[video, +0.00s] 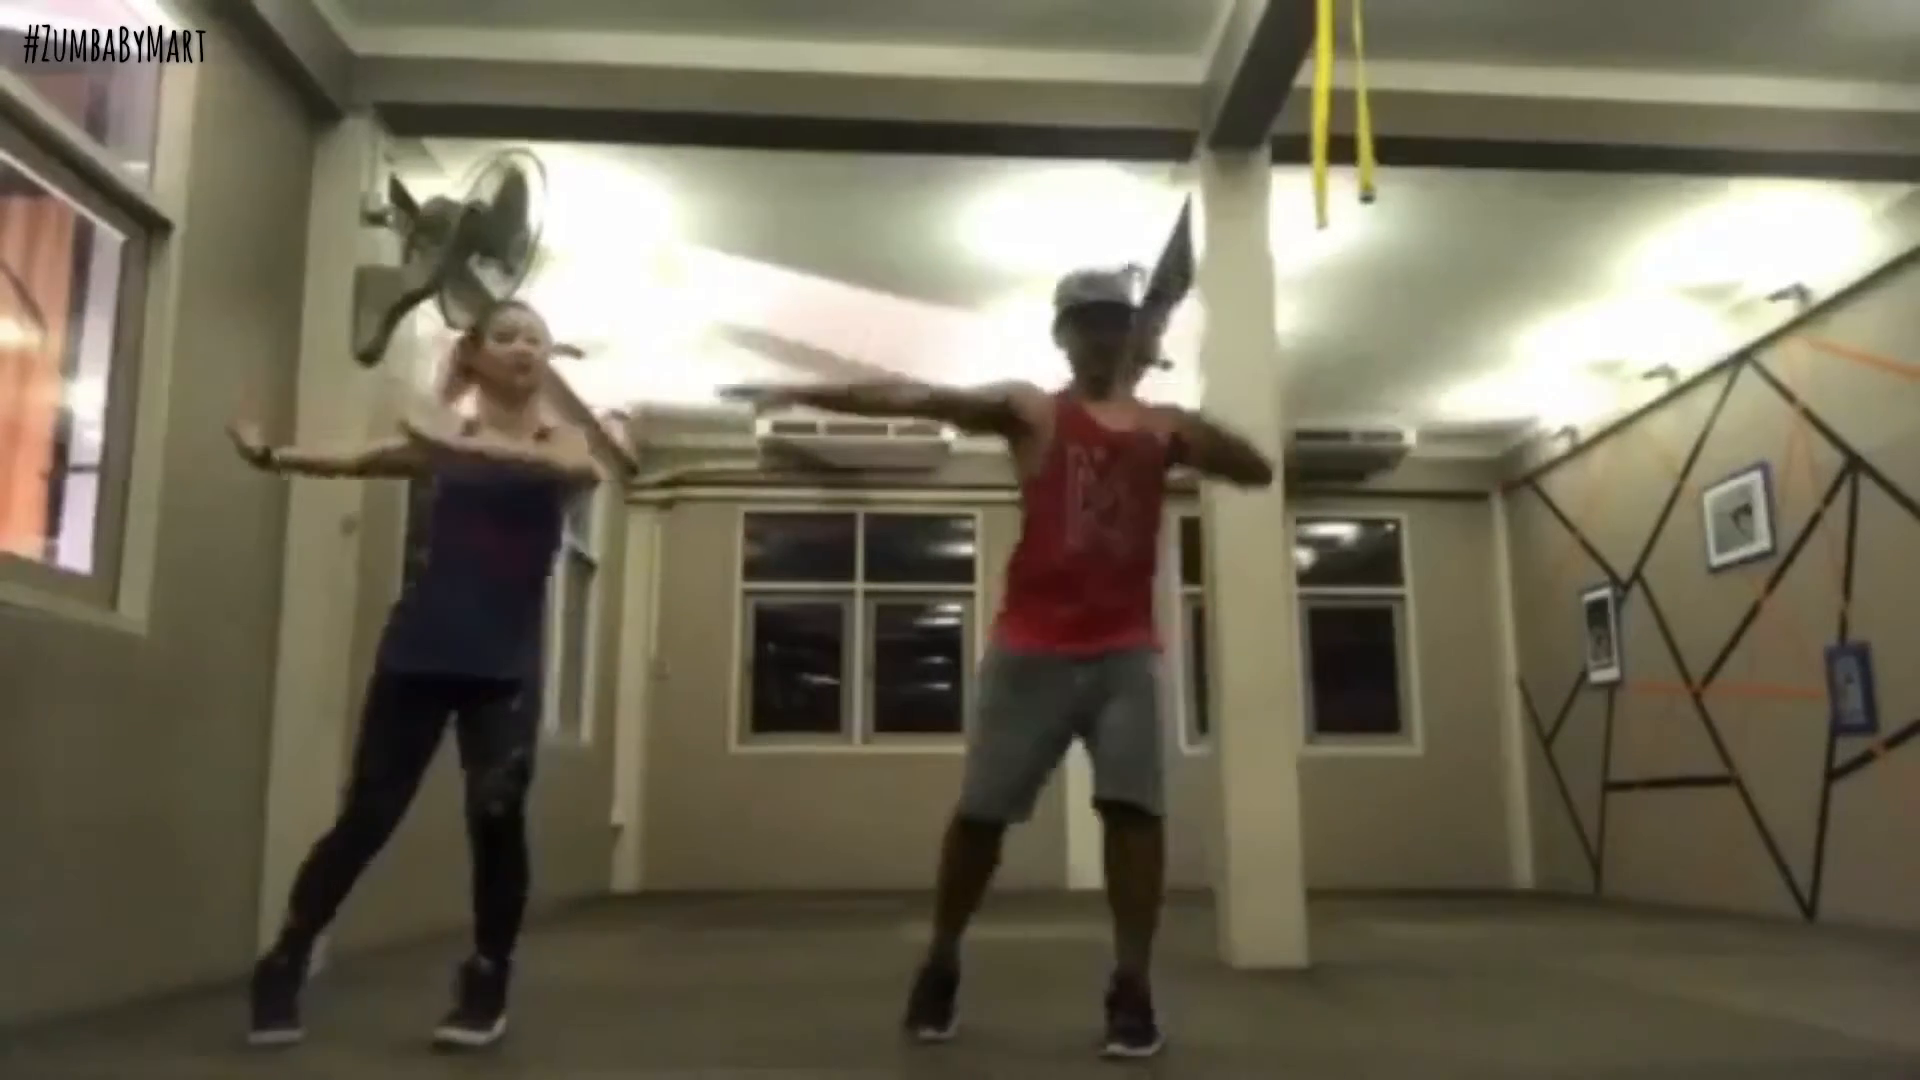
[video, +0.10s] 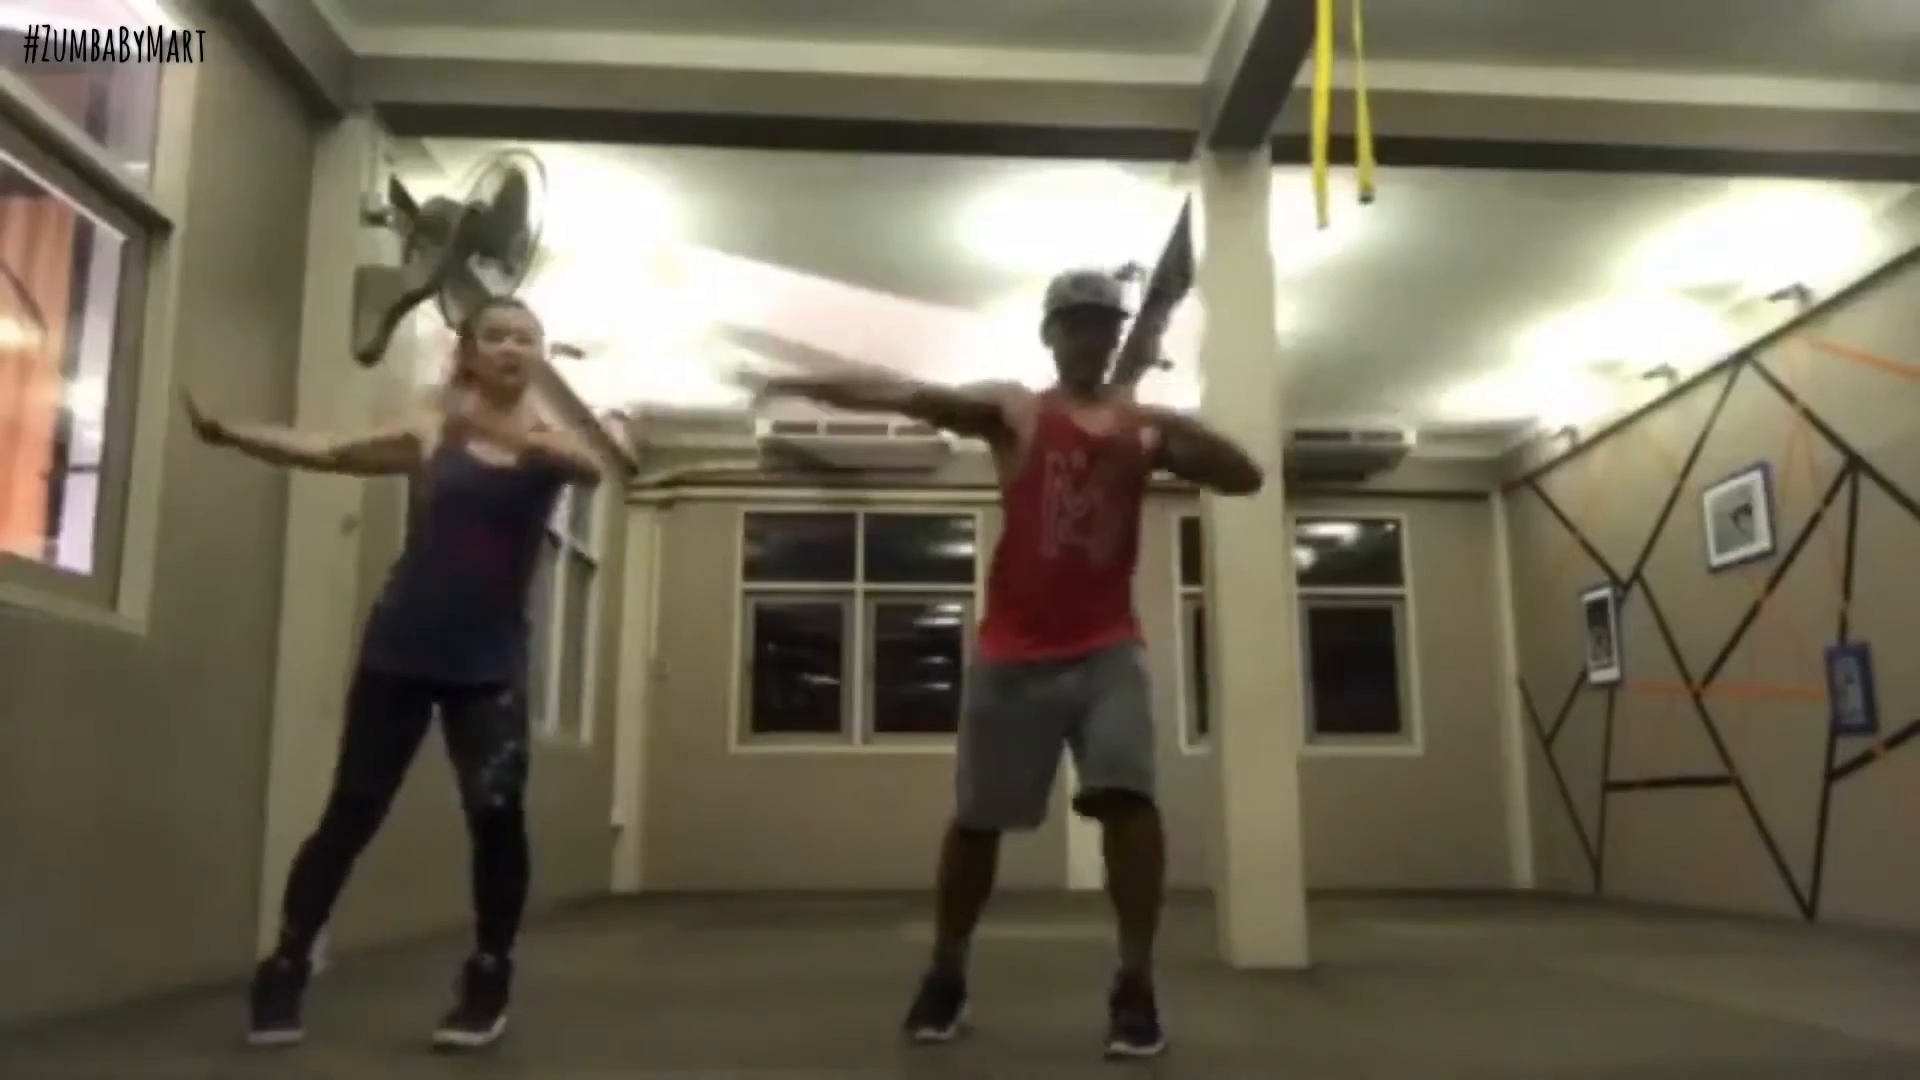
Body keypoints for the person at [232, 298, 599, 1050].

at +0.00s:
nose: (524, 352)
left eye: (535, 341)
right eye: (507, 339)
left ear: (548, 362)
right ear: (473, 357)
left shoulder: (561, 450)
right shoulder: (447, 443)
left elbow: (588, 467)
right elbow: (357, 462)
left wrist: (553, 377)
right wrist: (273, 457)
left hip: (505, 662)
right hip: (419, 652)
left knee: (498, 822)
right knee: (369, 817)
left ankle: (486, 988)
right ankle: (282, 968)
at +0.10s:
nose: (512, 350)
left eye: (525, 339)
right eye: (497, 336)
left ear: (540, 356)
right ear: (467, 351)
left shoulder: (544, 448)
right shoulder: (431, 439)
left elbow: (615, 466)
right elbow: (324, 452)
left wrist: (548, 375)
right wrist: (224, 431)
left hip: (486, 660)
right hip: (400, 650)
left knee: (497, 820)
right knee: (351, 814)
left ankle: (488, 986)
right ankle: (283, 975)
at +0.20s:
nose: (497, 343)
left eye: (512, 332)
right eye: (484, 329)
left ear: (531, 351)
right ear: (456, 343)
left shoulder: (541, 434)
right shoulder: (421, 422)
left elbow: (635, 459)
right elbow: (300, 429)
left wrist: (561, 383)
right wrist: (224, 376)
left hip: (493, 650)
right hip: (403, 643)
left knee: (514, 805)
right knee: (350, 807)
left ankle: (517, 960)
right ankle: (286, 965)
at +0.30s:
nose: (498, 340)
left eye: (513, 331)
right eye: (486, 327)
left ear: (535, 351)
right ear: (459, 341)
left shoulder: (546, 432)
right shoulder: (425, 421)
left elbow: (638, 470)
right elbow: (313, 429)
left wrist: (688, 435)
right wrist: (337, 355)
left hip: (504, 646)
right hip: (414, 640)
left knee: (514, 799)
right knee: (358, 805)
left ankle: (568, 935)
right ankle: (287, 963)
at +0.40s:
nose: (507, 347)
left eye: (523, 338)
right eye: (498, 334)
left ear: (548, 359)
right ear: (478, 349)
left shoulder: (562, 444)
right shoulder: (446, 436)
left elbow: (658, 487)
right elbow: (367, 465)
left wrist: (758, 479)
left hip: (526, 660)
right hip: (436, 655)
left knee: (532, 820)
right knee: (368, 814)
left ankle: (620, 969)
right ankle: (287, 972)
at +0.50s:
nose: (526, 354)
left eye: (544, 345)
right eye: (517, 343)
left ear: (570, 370)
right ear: (499, 360)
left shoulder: (583, 450)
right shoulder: (474, 443)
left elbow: (658, 493)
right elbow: (403, 480)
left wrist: (743, 509)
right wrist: (487, 463)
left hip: (565, 663)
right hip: (480, 659)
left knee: (568, 829)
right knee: (395, 821)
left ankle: (626, 982)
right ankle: (295, 972)